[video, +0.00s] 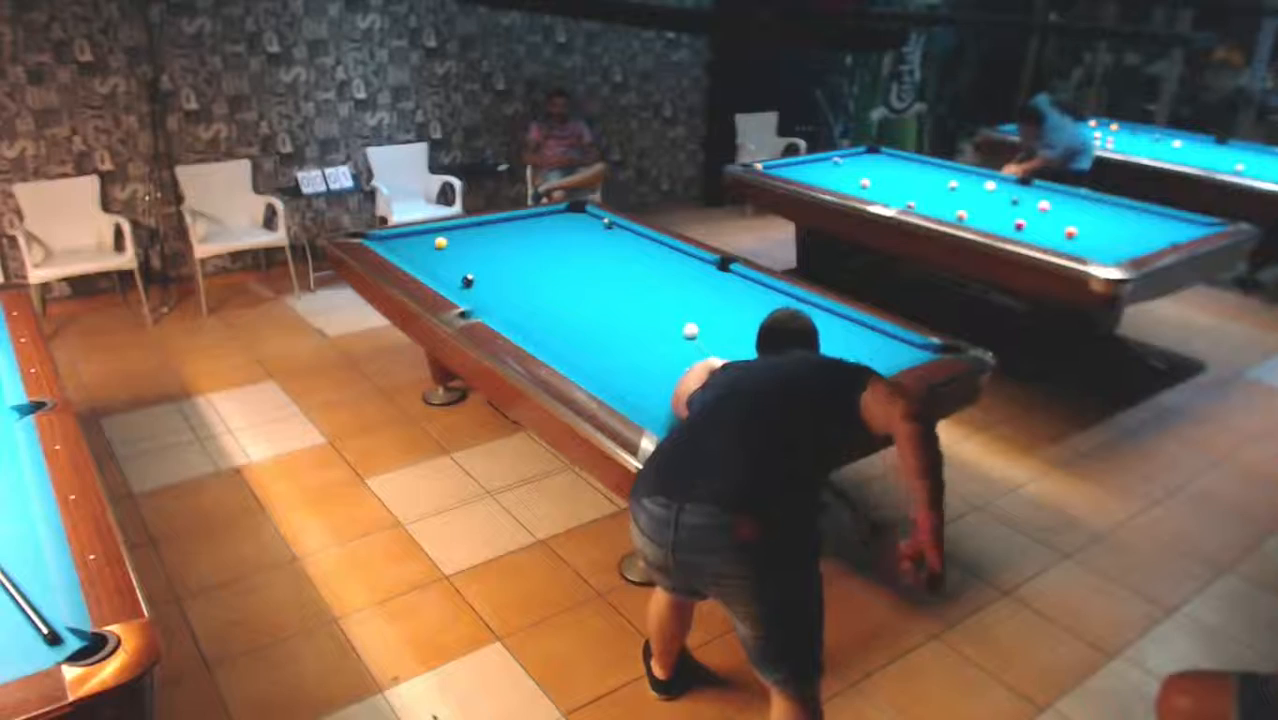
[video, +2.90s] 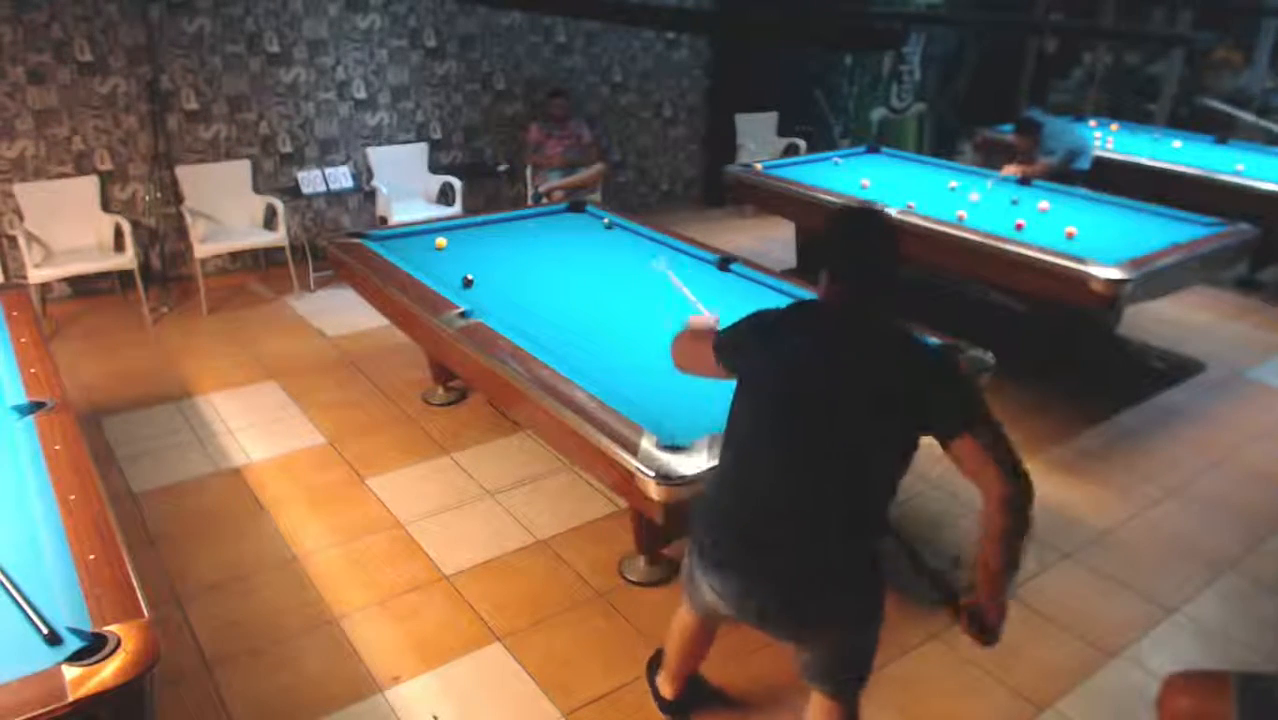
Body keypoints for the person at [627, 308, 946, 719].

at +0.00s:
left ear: (760, 349)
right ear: (814, 347)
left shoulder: (725, 372)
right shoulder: (844, 377)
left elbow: (681, 400)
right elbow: (910, 420)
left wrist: (705, 364)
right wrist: (927, 533)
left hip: (652, 508)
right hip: (746, 525)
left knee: (673, 584)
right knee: (791, 687)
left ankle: (663, 672)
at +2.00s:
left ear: (761, 362)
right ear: (814, 362)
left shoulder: (725, 387)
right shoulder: (836, 389)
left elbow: (680, 407)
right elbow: (913, 413)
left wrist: (703, 364)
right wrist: (928, 524)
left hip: (650, 518)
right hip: (747, 532)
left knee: (671, 584)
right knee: (792, 685)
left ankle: (663, 670)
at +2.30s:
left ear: (761, 359)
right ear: (814, 361)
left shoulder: (726, 387)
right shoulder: (835, 386)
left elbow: (683, 406)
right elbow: (913, 404)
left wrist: (702, 366)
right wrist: (888, 510)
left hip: (655, 517)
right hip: (750, 534)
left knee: (671, 583)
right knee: (798, 682)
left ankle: (664, 671)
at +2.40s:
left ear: (766, 346)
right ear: (819, 347)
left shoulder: (730, 373)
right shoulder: (844, 381)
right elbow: (920, 415)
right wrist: (895, 517)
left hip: (658, 522)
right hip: (751, 542)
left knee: (672, 584)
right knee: (803, 679)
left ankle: (664, 672)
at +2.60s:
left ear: (782, 307)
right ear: (839, 314)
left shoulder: (747, 346)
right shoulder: (870, 371)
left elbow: (688, 387)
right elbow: (953, 439)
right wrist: (921, 538)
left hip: (686, 519)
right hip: (781, 547)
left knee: (677, 589)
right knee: (815, 673)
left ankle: (663, 672)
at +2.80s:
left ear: (814, 277)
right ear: (884, 281)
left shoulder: (771, 336)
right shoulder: (908, 366)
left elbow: (687, 378)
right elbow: (994, 481)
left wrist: (723, 355)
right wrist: (961, 518)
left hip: (725, 562)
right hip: (829, 586)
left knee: (694, 611)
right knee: (832, 696)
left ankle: (666, 677)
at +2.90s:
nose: (817, 281)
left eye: (818, 270)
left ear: (823, 275)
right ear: (892, 276)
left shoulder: (777, 331)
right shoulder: (923, 367)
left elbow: (686, 353)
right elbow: (1007, 487)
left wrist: (700, 327)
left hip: (728, 559)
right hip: (831, 587)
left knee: (699, 606)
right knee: (833, 695)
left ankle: (669, 686)